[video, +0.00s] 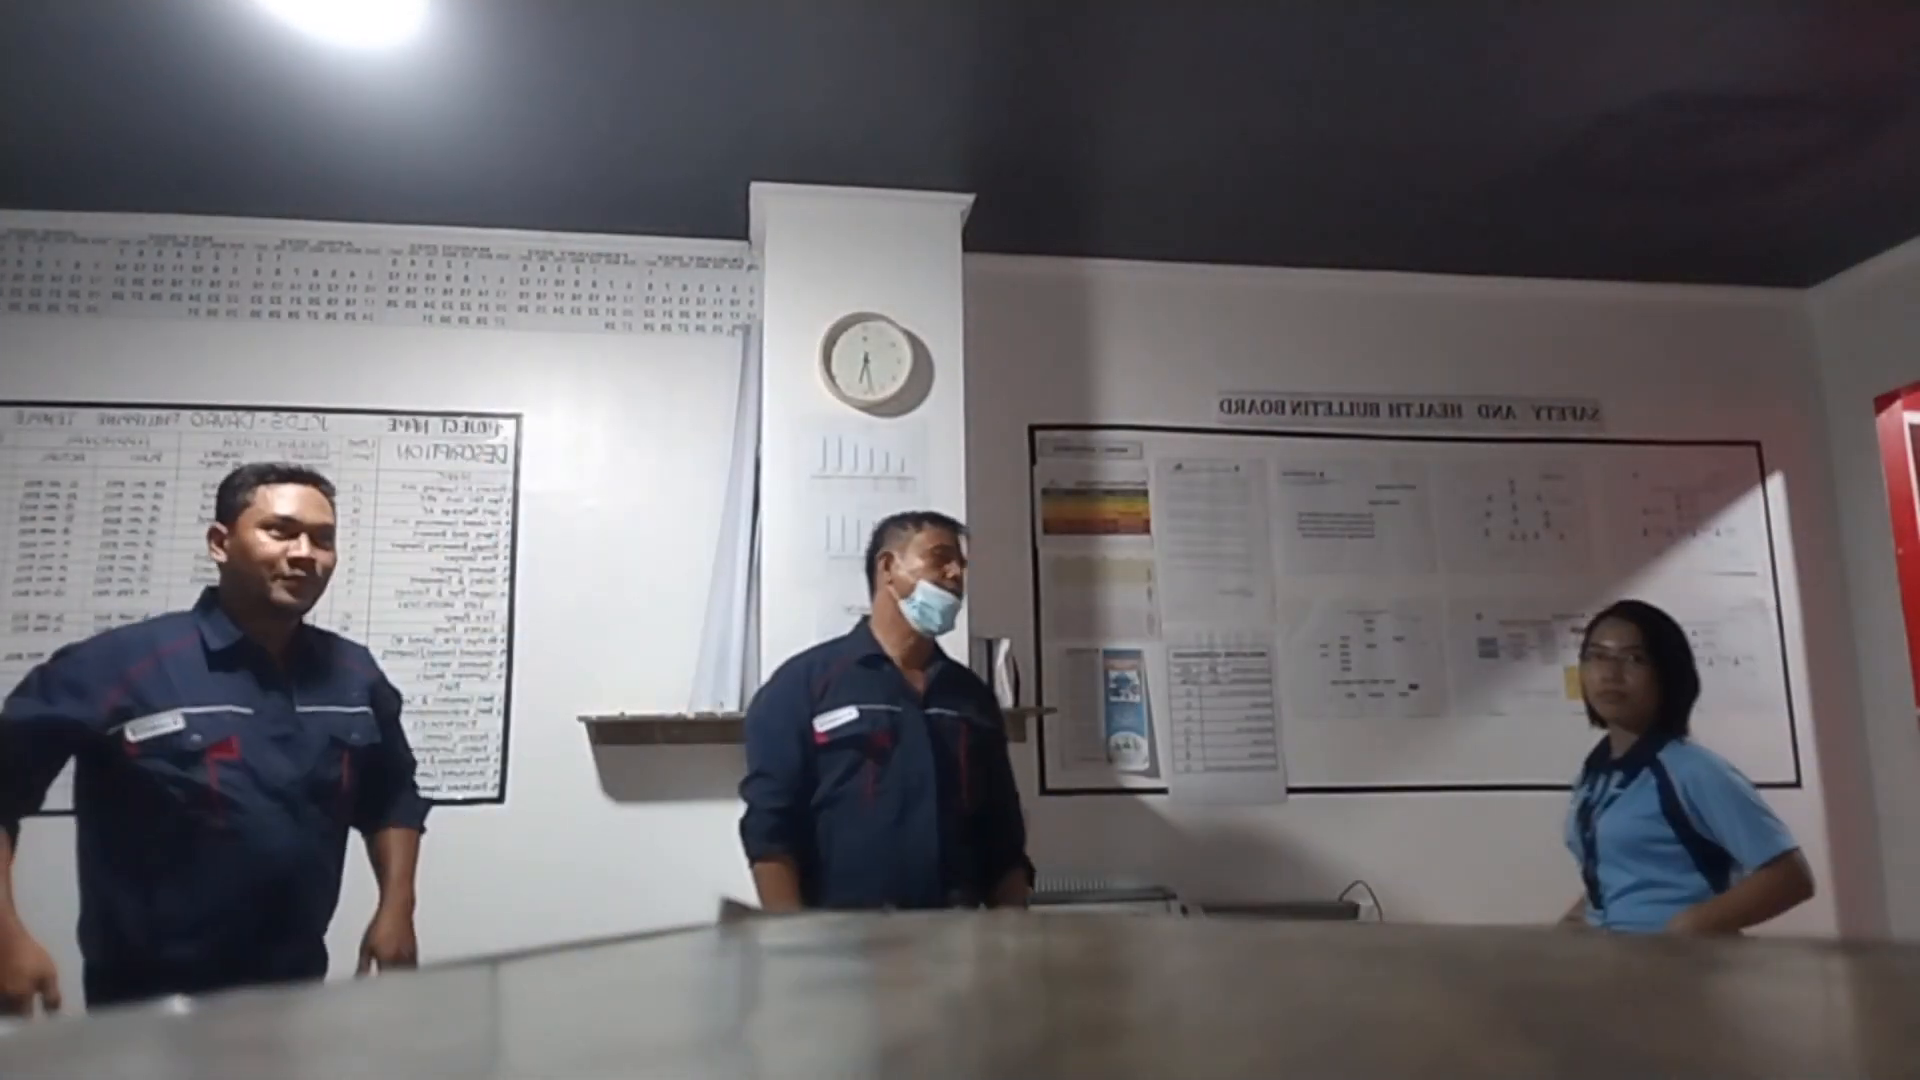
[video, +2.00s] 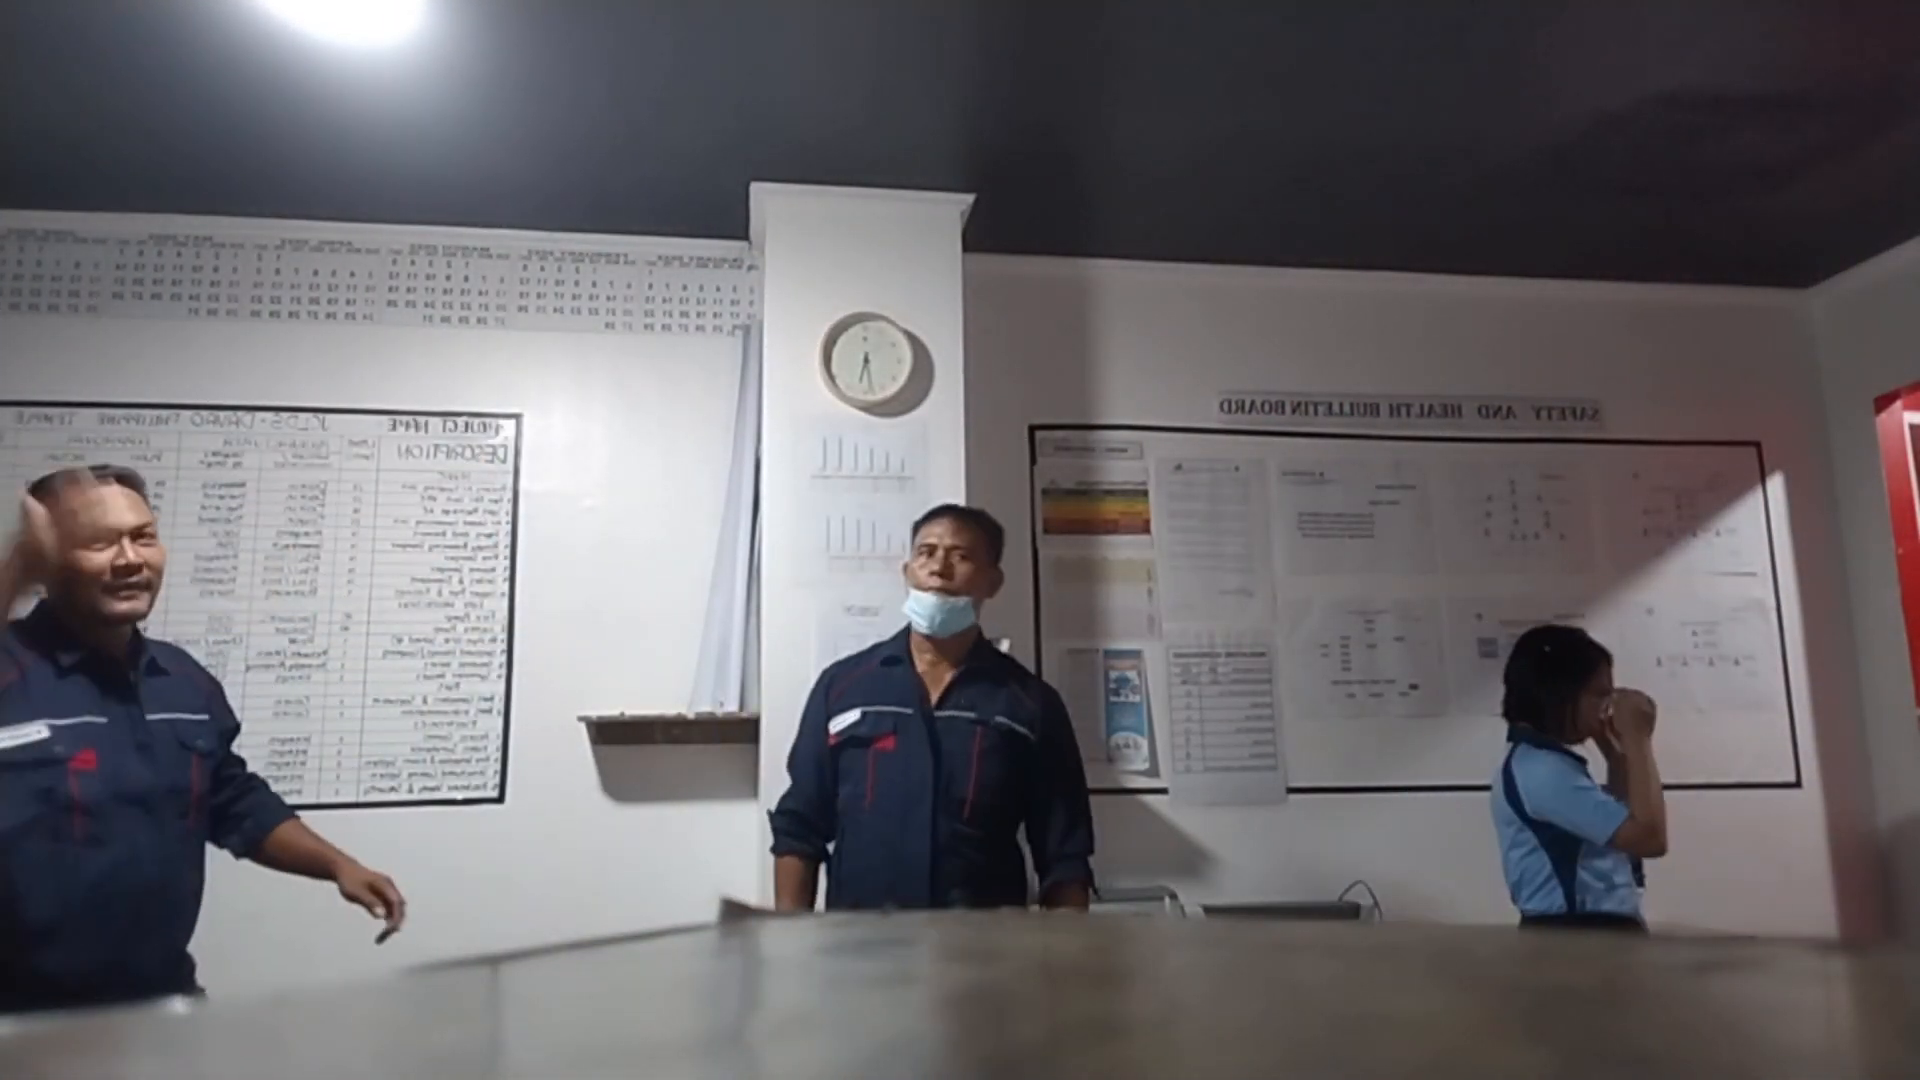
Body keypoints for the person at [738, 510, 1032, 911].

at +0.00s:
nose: (957, 572)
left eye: (961, 562)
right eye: (940, 558)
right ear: (887, 567)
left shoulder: (974, 696)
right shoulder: (799, 688)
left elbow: (1004, 843)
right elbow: (767, 831)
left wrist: (1014, 947)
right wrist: (799, 949)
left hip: (956, 945)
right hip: (840, 946)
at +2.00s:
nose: (938, 566)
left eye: (959, 556)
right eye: (926, 552)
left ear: (991, 582)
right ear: (906, 571)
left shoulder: (1031, 705)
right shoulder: (841, 687)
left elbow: (1063, 860)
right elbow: (797, 828)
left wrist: (1058, 970)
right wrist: (789, 950)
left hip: (986, 953)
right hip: (858, 951)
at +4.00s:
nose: (908, 566)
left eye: (921, 555)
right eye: (888, 555)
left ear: (935, 577)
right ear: (854, 578)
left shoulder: (972, 689)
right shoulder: (786, 695)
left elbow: (1022, 824)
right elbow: (746, 850)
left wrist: (951, 737)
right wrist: (745, 970)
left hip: (951, 940)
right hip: (829, 944)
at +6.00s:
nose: (850, 556)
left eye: (865, 546)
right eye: (829, 543)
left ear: (881, 570)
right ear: (795, 570)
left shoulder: (929, 681)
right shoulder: (732, 698)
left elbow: (976, 822)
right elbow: (695, 853)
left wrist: (991, 943)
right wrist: (712, 973)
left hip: (913, 942)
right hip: (782, 945)